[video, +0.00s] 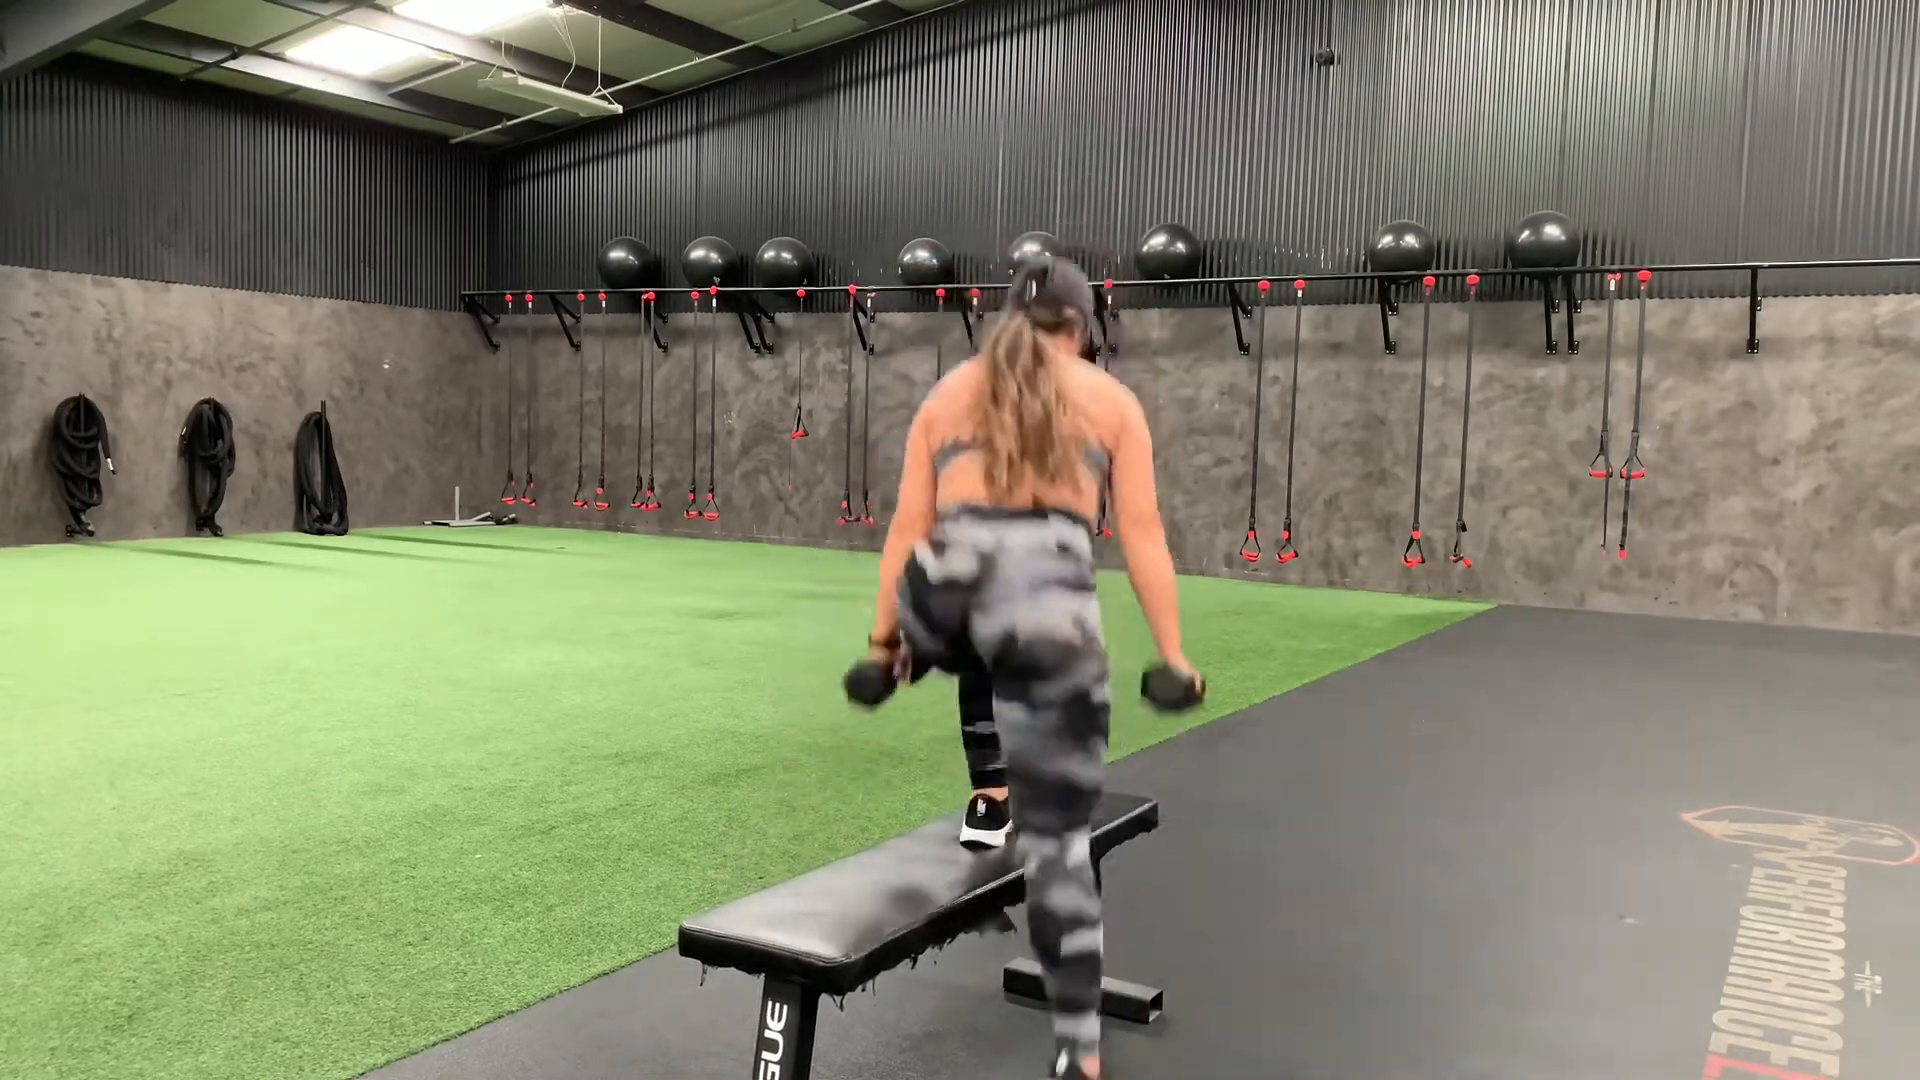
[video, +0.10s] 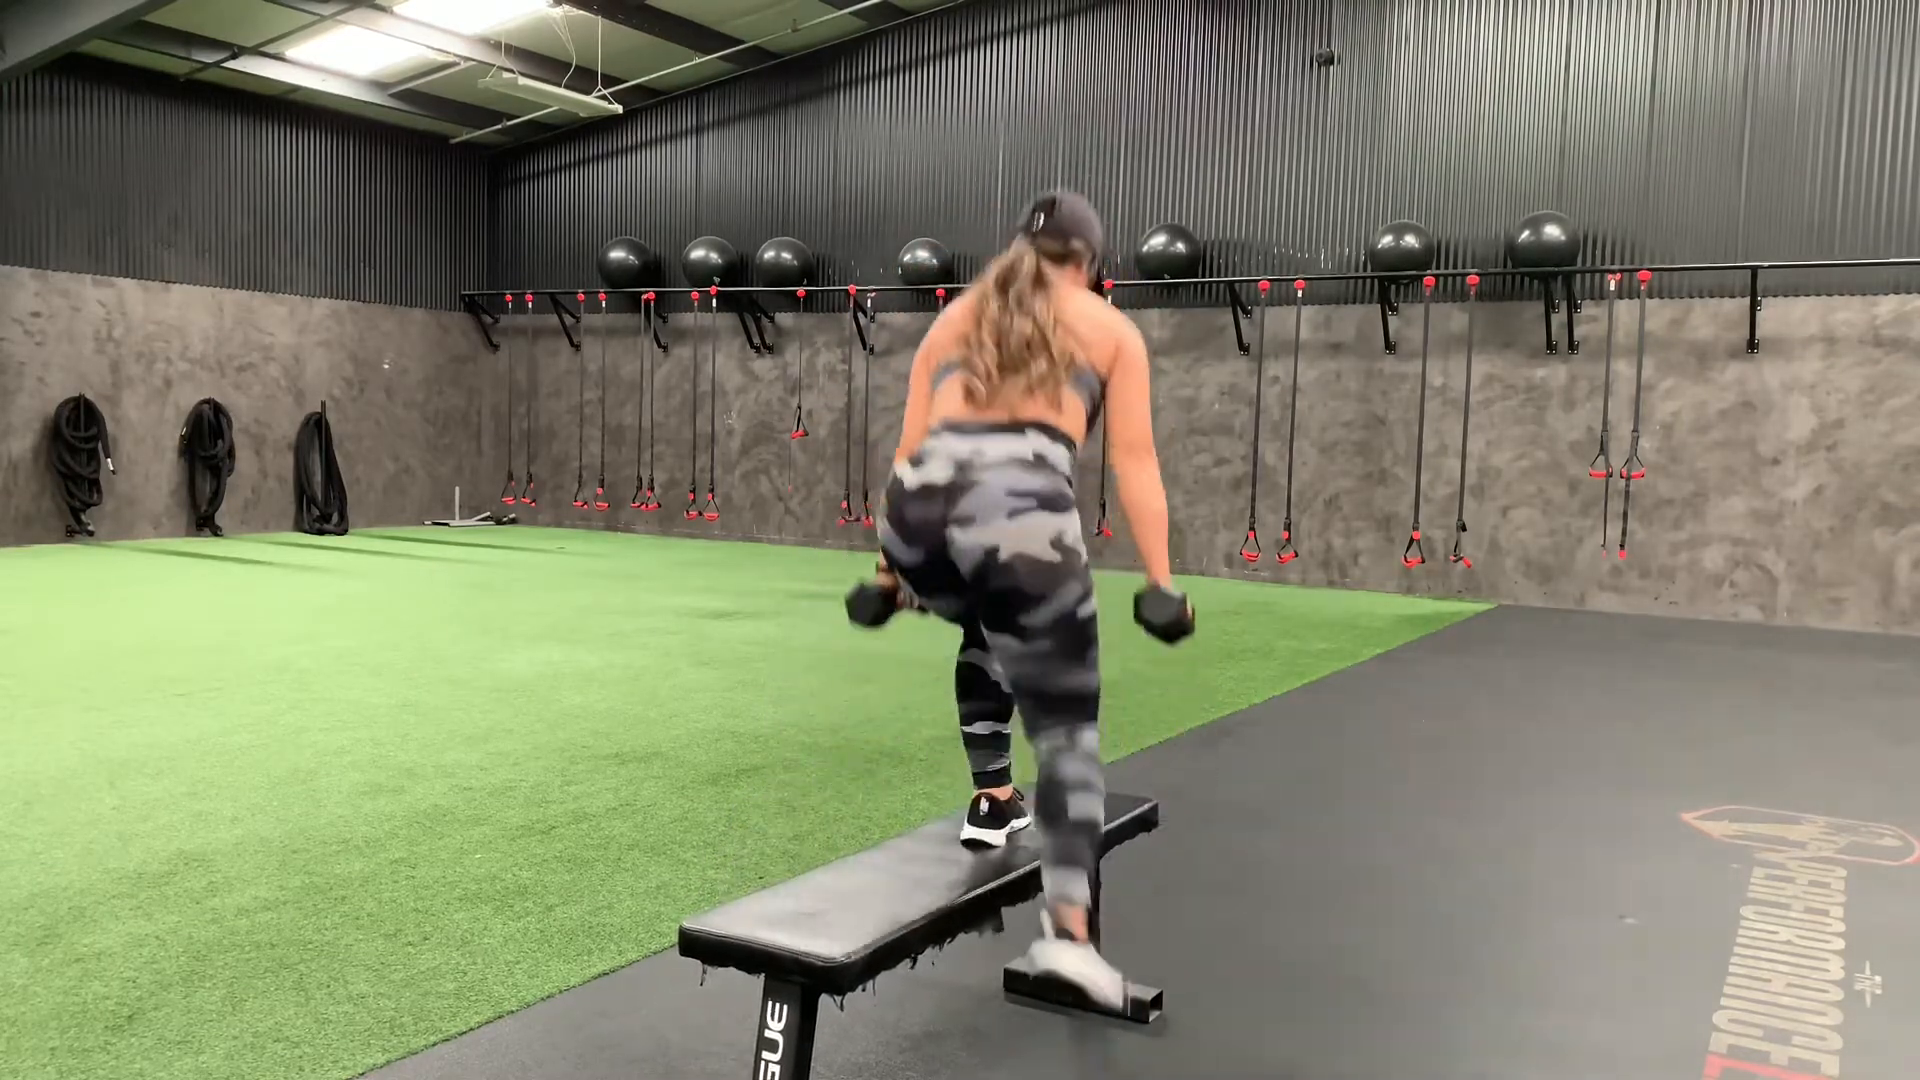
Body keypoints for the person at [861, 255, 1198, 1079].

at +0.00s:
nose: (1088, 339)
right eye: (1087, 328)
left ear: (1007, 318)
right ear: (1077, 326)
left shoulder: (949, 392)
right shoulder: (1110, 400)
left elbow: (909, 525)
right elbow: (1141, 532)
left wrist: (886, 633)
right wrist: (1172, 652)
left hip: (947, 580)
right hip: (1050, 589)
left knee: (950, 645)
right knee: (1055, 832)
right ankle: (1080, 1049)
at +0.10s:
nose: (1098, 279)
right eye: (1099, 267)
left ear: (1020, 250)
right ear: (1090, 263)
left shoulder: (953, 320)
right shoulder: (1110, 328)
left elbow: (913, 446)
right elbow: (1133, 460)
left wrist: (893, 562)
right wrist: (1160, 580)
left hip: (924, 504)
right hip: (1026, 505)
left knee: (983, 631)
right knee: (1064, 727)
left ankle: (993, 800)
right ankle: (1068, 933)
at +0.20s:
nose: (1098, 240)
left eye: (1096, 230)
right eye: (1100, 229)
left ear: (1029, 211)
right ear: (1091, 222)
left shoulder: (962, 266)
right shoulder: (1110, 283)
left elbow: (914, 383)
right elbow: (1128, 420)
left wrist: (882, 511)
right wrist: (1147, 536)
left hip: (901, 439)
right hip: (1005, 443)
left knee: (959, 609)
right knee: (1055, 625)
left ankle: (972, 780)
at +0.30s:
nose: (1100, 241)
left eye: (1099, 230)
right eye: (1100, 228)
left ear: (1025, 210)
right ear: (1089, 221)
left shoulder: (958, 262)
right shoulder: (1102, 278)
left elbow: (909, 383)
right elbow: (1114, 411)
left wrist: (881, 517)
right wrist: (1127, 539)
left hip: (886, 429)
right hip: (994, 434)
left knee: (946, 592)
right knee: (1042, 602)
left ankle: (880, 772)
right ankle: (999, 791)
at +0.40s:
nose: (1095, 277)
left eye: (1094, 266)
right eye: (1096, 265)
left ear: (1025, 246)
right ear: (1088, 258)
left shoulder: (956, 299)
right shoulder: (1100, 316)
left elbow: (913, 419)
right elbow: (1103, 450)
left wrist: (863, 555)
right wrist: (1111, 574)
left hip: (880, 489)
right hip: (981, 498)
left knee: (894, 657)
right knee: (1036, 631)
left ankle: (798, 827)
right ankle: (985, 802)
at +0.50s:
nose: (1085, 340)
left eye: (1085, 327)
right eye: (1085, 327)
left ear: (1014, 314)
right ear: (1077, 325)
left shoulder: (952, 371)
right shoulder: (1086, 392)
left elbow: (910, 482)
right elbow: (1089, 530)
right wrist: (1097, 659)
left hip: (858, 583)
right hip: (952, 588)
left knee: (836, 765)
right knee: (1063, 636)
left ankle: (755, 914)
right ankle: (988, 808)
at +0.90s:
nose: (1111, 277)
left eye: (1111, 264)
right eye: (1112, 264)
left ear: (1043, 246)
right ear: (1104, 257)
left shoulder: (972, 301)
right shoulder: (1113, 323)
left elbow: (912, 417)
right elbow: (1110, 462)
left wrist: (859, 514)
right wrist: (1117, 589)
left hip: (886, 493)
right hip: (979, 501)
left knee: (907, 665)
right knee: (1063, 617)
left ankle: (786, 813)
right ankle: (1002, 792)